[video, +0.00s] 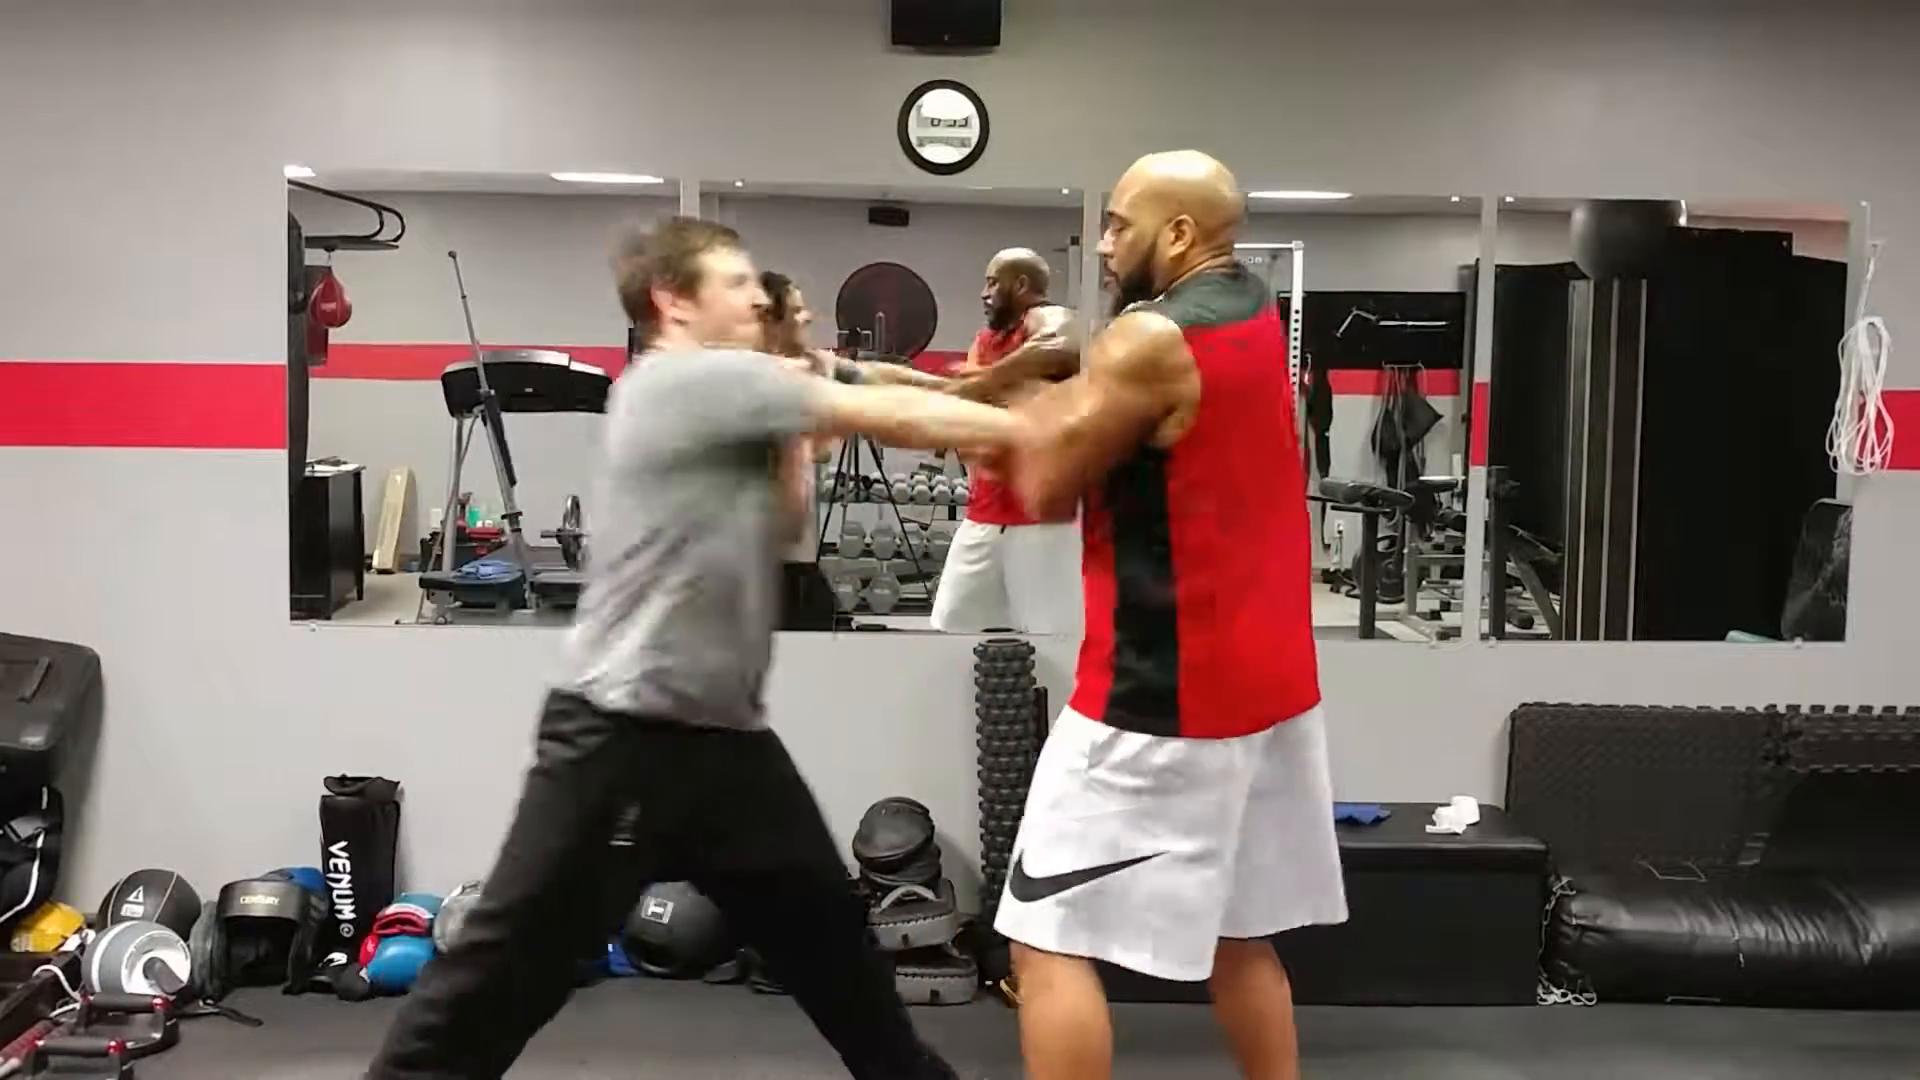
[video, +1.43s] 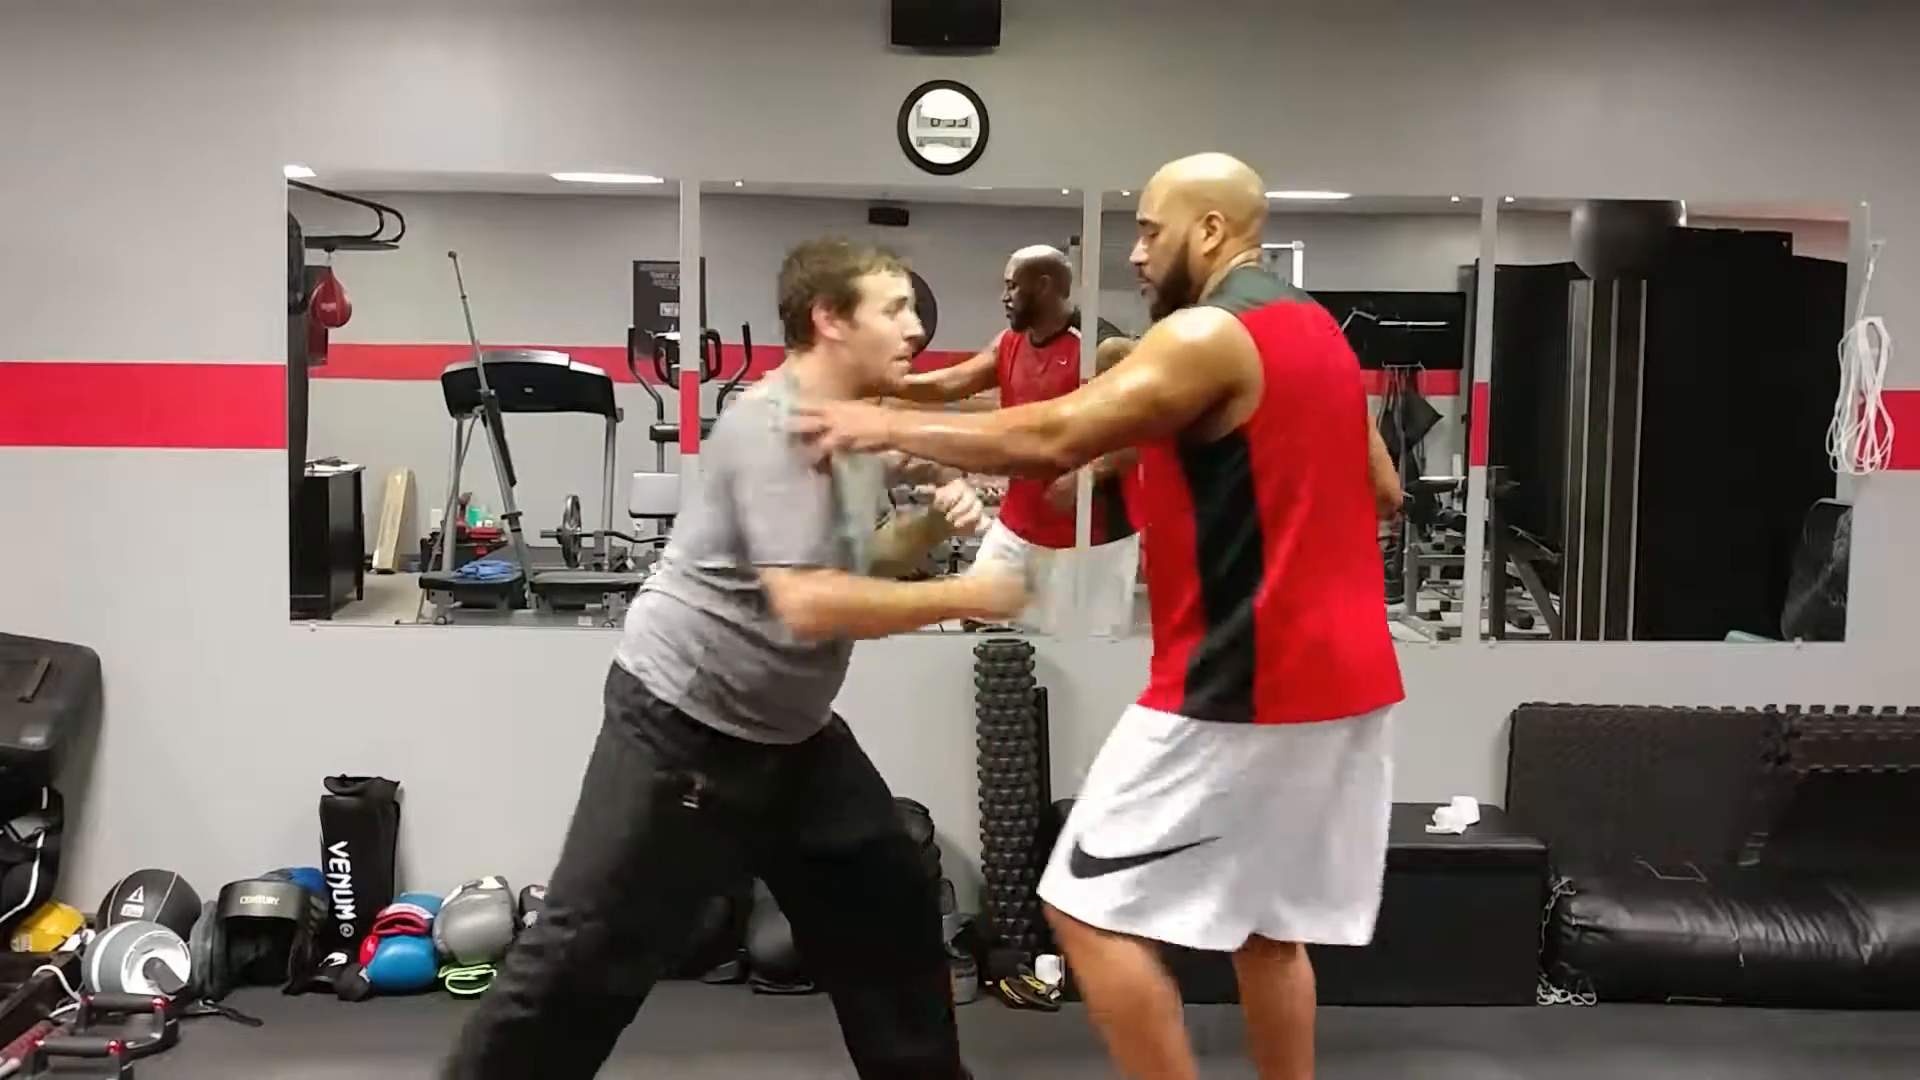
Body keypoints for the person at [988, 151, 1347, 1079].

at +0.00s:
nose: (1105, 245)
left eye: (1119, 227)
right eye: (1109, 225)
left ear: (1179, 235)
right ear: (1201, 237)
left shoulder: (1150, 340)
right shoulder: (1251, 312)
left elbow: (1046, 485)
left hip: (1153, 692)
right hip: (1265, 685)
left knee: (1045, 937)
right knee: (1237, 934)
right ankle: (1278, 1078)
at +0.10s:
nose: (1071, 273)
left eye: (1084, 254)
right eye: (1072, 254)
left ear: (1144, 260)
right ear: (1169, 261)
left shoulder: (1118, 379)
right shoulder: (1225, 347)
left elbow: (1040, 538)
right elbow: (1058, 405)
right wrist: (898, 412)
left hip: (1143, 715)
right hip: (1261, 703)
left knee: (1025, 951)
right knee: (1229, 953)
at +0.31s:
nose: (994, 308)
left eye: (1004, 287)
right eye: (996, 287)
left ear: (1055, 290)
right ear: (1094, 290)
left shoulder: (1075, 405)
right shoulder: (1151, 374)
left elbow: (1025, 586)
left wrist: (972, 572)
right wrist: (993, 407)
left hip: (1106, 732)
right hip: (1221, 718)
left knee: (942, 965)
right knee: (1201, 983)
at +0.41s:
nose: (998, 305)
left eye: (1007, 286)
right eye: (1000, 287)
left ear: (1053, 290)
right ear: (1109, 289)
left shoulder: (1041, 393)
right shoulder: (1170, 378)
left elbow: (890, 506)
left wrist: (806, 570)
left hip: (1070, 736)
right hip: (1202, 727)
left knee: (918, 961)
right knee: (1182, 957)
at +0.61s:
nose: (1013, 288)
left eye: (1023, 272)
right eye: (1016, 272)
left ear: (1067, 275)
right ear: (1127, 280)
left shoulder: (1023, 359)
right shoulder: (1212, 388)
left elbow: (853, 396)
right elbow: (1285, 533)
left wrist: (796, 353)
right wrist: (1166, 550)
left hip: (1060, 728)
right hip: (1204, 722)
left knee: (915, 963)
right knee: (1178, 938)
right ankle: (1256, 1079)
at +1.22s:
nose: (1100, 268)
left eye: (1110, 249)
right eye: (1101, 250)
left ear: (1163, 247)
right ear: (1201, 253)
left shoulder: (1130, 355)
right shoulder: (1298, 359)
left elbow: (963, 433)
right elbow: (1378, 506)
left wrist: (841, 389)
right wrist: (1270, 549)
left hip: (1165, 699)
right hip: (1299, 694)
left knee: (1014, 937)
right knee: (1222, 925)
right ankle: (1276, 1075)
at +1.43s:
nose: (1137, 255)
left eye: (1152, 234)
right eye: (1138, 235)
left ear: (1212, 232)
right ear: (1231, 237)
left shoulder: (1205, 338)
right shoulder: (1316, 333)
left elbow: (1054, 436)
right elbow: (1383, 488)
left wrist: (891, 425)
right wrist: (1221, 471)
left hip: (1234, 678)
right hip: (1346, 676)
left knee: (1086, 906)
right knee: (1273, 925)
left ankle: (1169, 1071)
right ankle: (1289, 1077)